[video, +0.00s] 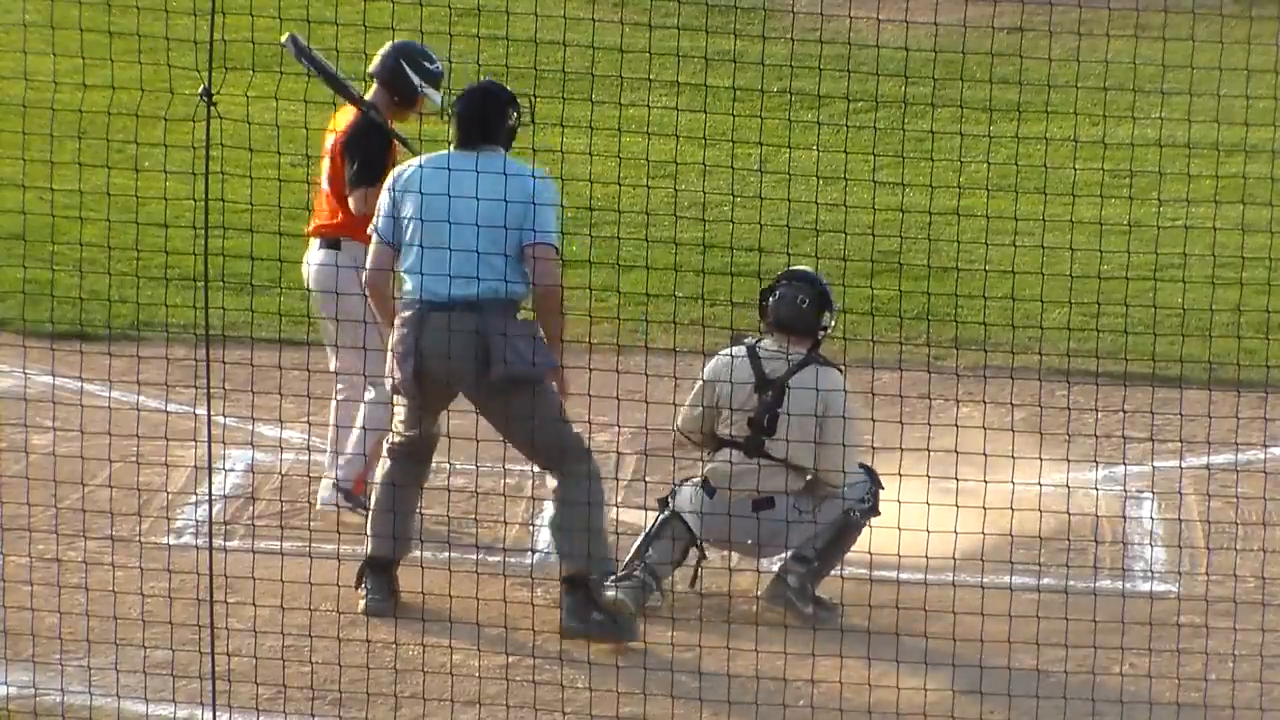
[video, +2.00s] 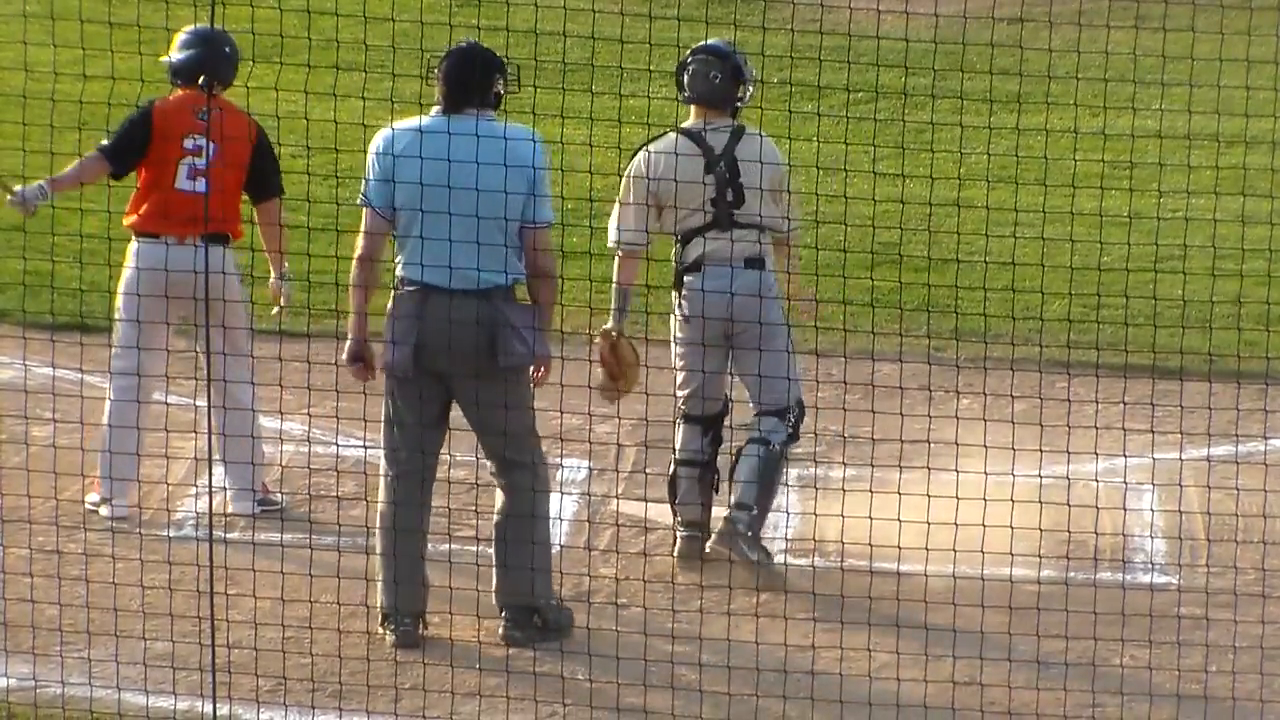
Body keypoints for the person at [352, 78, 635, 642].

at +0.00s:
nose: (517, 134)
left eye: (511, 126)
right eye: (515, 127)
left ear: (456, 129)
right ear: (509, 131)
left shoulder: (408, 176)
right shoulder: (532, 183)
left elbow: (375, 277)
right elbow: (543, 272)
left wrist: (399, 335)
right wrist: (554, 358)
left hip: (420, 336)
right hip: (496, 337)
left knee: (408, 447)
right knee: (572, 461)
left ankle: (378, 578)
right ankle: (581, 597)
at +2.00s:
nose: (498, 97)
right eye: (499, 89)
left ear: (438, 88)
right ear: (495, 92)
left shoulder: (394, 141)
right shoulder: (523, 146)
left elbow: (368, 250)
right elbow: (539, 254)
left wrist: (358, 329)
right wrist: (542, 332)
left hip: (414, 323)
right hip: (492, 325)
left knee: (406, 470)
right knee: (521, 467)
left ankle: (402, 613)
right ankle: (525, 607)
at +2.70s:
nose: (590, 99)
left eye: (584, 91)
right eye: (588, 92)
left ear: (527, 94)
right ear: (582, 97)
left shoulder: (479, 137)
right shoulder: (607, 153)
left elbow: (446, 242)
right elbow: (623, 258)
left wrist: (437, 320)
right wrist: (633, 338)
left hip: (486, 320)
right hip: (562, 326)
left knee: (457, 452)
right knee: (554, 469)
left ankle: (424, 594)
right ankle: (531, 610)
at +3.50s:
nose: (543, 90)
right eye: (543, 83)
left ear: (483, 87)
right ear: (541, 88)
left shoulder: (440, 136)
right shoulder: (570, 143)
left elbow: (415, 244)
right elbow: (583, 252)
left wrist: (441, 295)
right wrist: (591, 335)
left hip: (457, 318)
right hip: (536, 321)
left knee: (450, 461)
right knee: (561, 459)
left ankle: (444, 600)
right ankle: (534, 593)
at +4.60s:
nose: (573, 100)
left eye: (521, 89)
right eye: (576, 92)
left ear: (519, 92)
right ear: (575, 95)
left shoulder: (474, 139)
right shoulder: (599, 153)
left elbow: (447, 250)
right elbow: (607, 262)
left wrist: (458, 311)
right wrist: (614, 339)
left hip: (484, 317)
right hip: (560, 323)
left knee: (463, 454)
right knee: (546, 464)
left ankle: (442, 594)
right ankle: (529, 610)